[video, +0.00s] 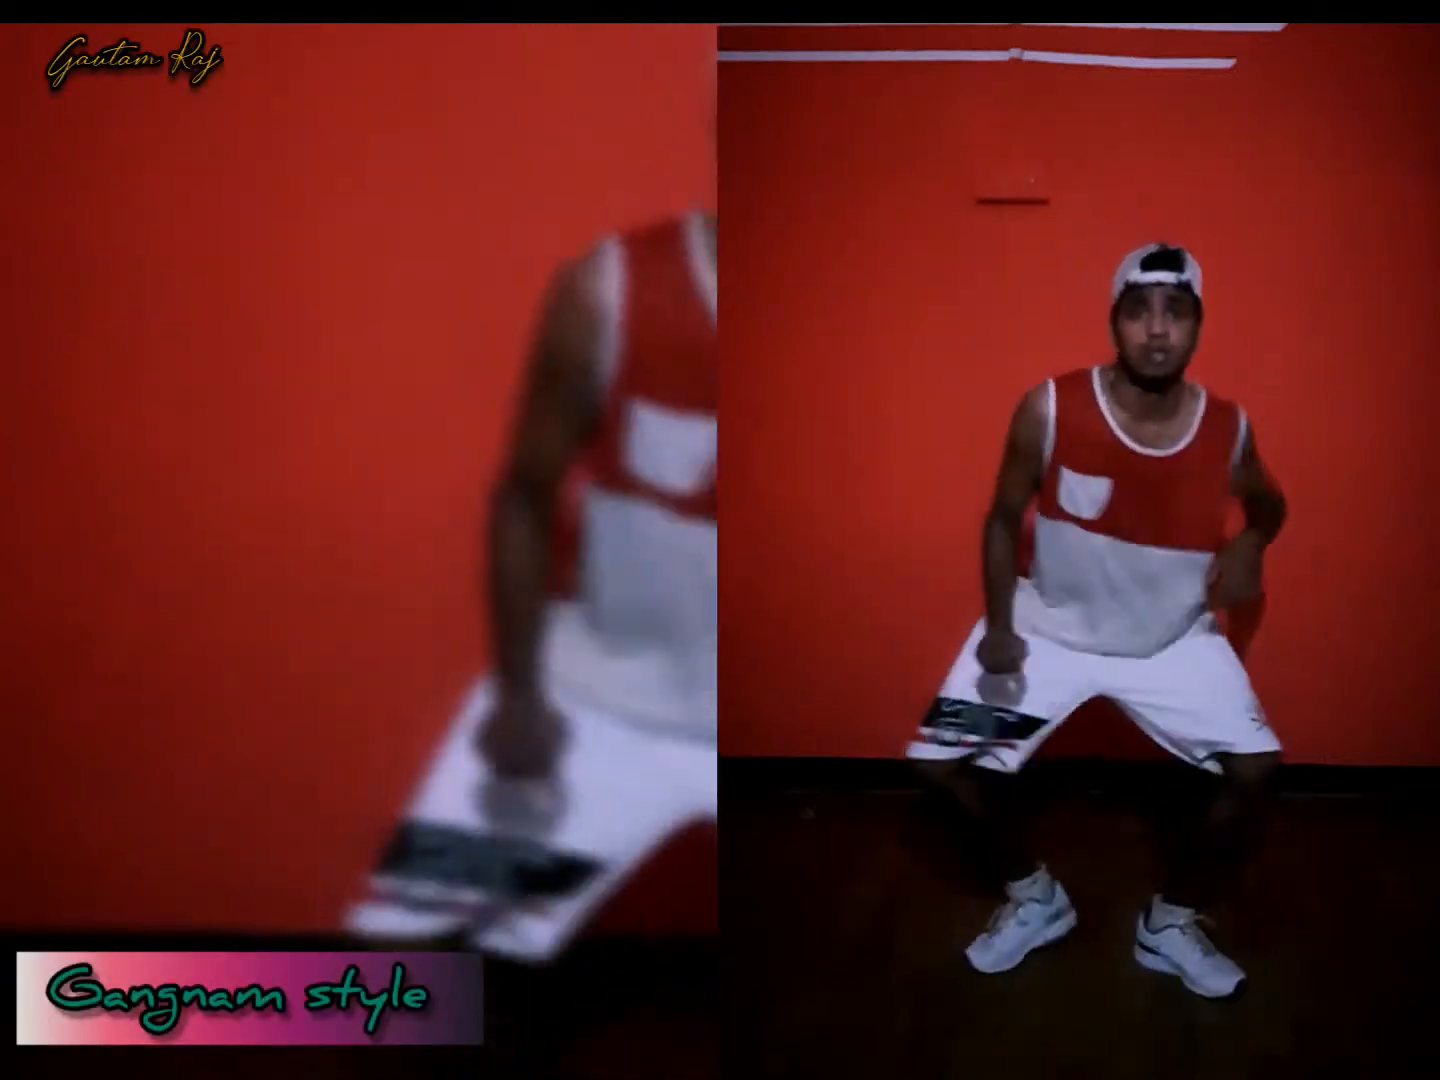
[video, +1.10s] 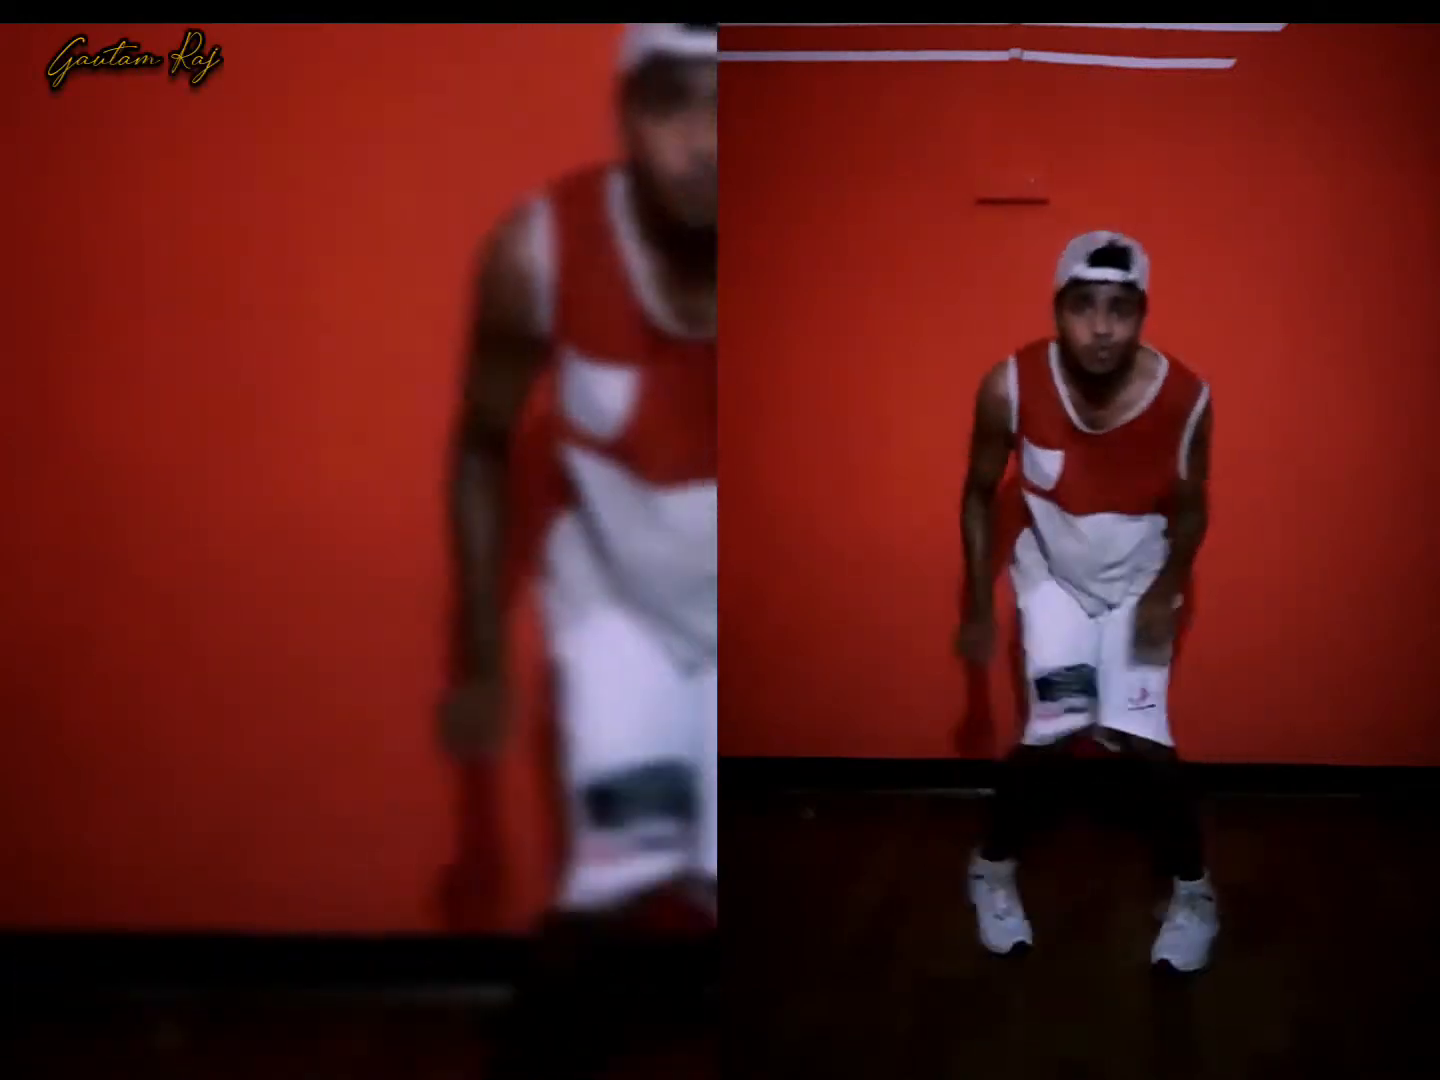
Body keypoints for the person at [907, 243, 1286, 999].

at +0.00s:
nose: (1158, 331)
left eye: (1175, 314)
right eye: (1140, 314)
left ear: (1197, 330)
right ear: (1115, 326)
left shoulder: (1225, 430)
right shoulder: (1052, 410)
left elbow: (1266, 505)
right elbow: (1004, 517)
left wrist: (1248, 547)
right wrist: (998, 627)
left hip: (1174, 641)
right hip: (1047, 632)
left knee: (1250, 767)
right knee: (945, 767)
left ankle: (1170, 921)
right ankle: (1033, 896)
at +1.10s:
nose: (1102, 329)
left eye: (1120, 311)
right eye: (1084, 310)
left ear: (1142, 318)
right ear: (1058, 316)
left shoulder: (1183, 399)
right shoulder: (1012, 390)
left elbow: (1191, 506)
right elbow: (980, 494)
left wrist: (1169, 589)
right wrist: (978, 607)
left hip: (1144, 580)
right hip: (1050, 576)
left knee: (1139, 734)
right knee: (1055, 727)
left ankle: (1191, 893)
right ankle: (994, 872)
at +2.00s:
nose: (987, 317)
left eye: (1005, 301)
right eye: (973, 300)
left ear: (1034, 309)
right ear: (956, 311)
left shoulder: (1103, 378)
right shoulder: (934, 408)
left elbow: (1154, 433)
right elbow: (897, 487)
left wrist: (1131, 524)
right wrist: (950, 533)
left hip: (1107, 575)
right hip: (1001, 585)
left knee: (1184, 709)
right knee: (974, 740)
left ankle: (1151, 874)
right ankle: (1029, 885)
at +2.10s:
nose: (958, 263)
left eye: (975, 245)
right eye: (943, 246)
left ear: (1006, 250)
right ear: (927, 260)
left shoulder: (1070, 307)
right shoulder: (923, 374)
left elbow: (1104, 412)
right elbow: (918, 512)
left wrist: (1119, 506)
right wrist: (977, 499)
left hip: (1090, 563)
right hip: (993, 578)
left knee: (1136, 713)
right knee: (982, 743)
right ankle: (1030, 883)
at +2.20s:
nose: (949, 269)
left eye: (965, 253)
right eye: (933, 254)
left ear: (990, 259)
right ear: (916, 266)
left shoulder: (1037, 318)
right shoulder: (914, 373)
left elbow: (1060, 420)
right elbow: (963, 516)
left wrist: (1108, 487)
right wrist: (992, 433)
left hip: (1072, 572)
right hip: (986, 579)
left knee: (1050, 742)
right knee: (981, 745)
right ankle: (992, 878)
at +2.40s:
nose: (1002, 284)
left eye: (1020, 269)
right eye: (988, 266)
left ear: (1043, 278)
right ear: (968, 271)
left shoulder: (1060, 357)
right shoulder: (928, 351)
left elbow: (1060, 461)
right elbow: (908, 489)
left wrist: (1122, 484)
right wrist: (950, 475)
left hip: (1028, 590)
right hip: (945, 583)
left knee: (993, 772)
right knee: (940, 761)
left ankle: (917, 835)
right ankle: (870, 862)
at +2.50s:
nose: (1045, 270)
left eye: (1063, 255)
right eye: (1031, 251)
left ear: (1086, 266)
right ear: (1008, 259)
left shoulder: (1099, 348)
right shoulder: (963, 337)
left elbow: (1089, 440)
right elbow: (880, 460)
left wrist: (1146, 494)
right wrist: (904, 542)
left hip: (1023, 566)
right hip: (932, 559)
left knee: (1048, 719)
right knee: (911, 738)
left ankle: (960, 817)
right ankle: (861, 860)